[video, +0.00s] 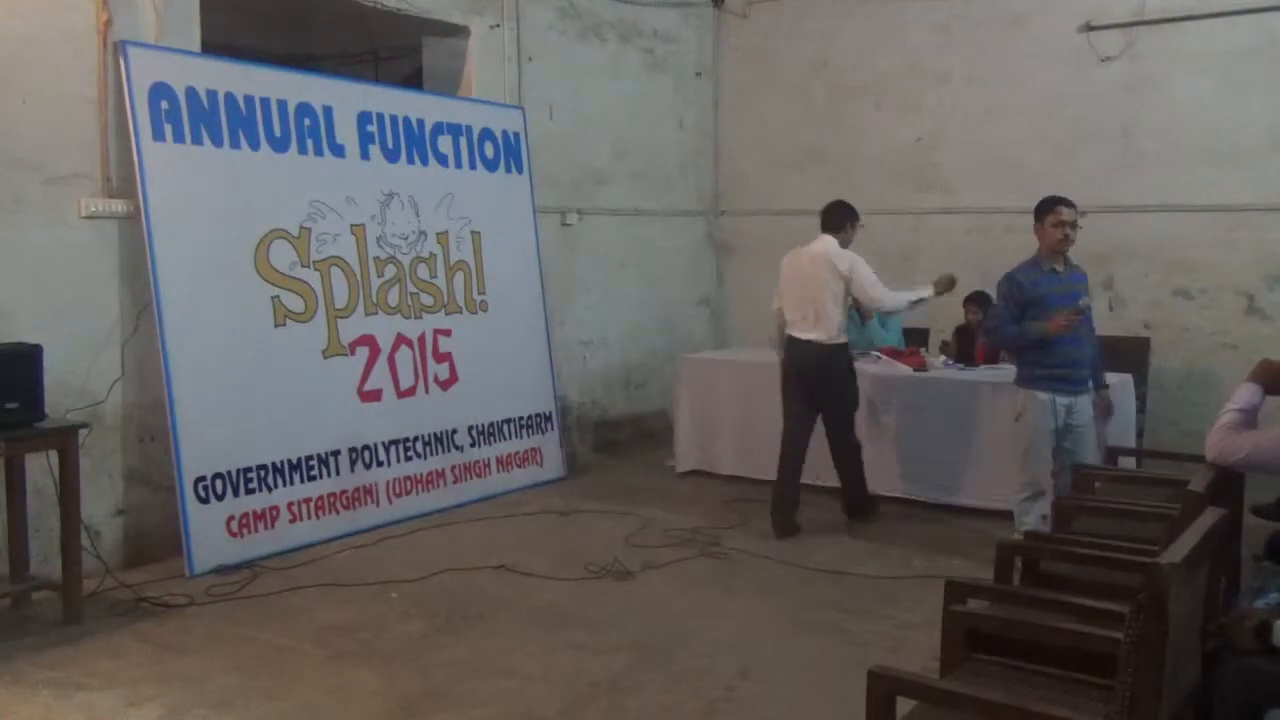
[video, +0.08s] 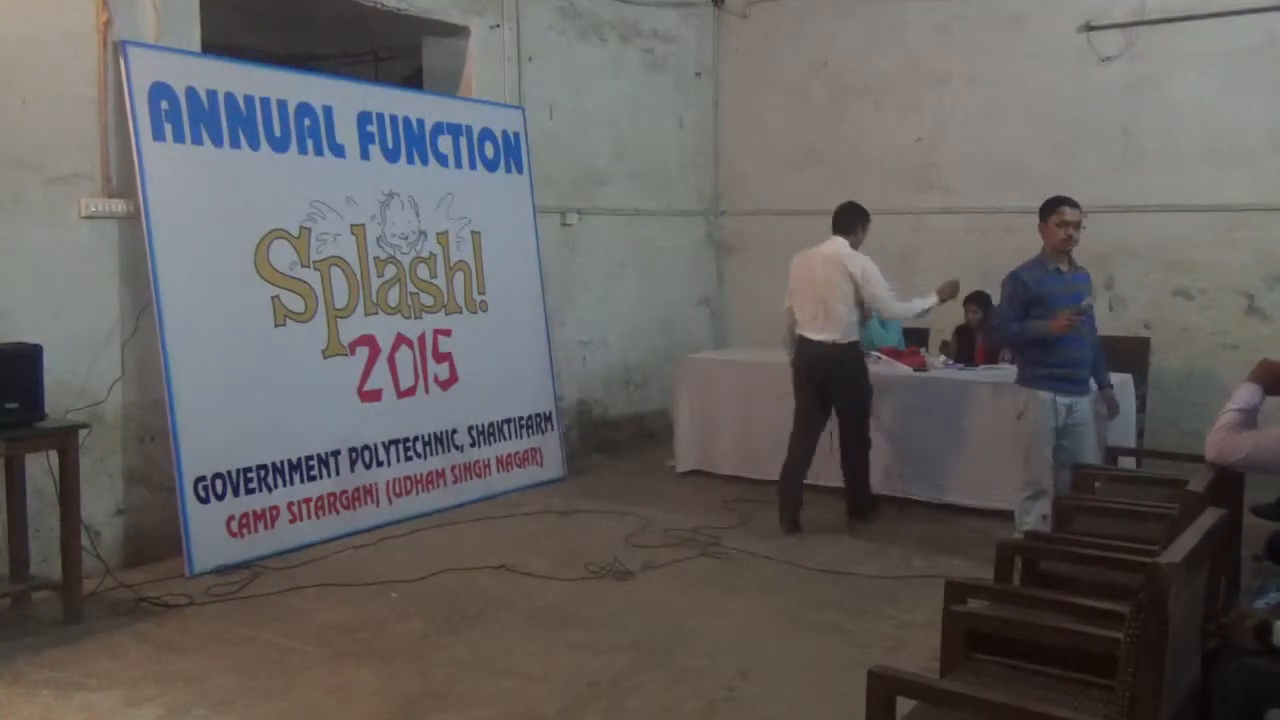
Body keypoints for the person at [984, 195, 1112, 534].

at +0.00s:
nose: (1067, 233)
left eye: (1073, 226)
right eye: (1059, 225)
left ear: (1078, 231)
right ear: (1038, 229)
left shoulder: (1077, 276)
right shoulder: (1016, 281)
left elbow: (1089, 334)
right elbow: (996, 334)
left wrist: (1100, 387)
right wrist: (1045, 328)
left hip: (1079, 394)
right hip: (1038, 394)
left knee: (1084, 476)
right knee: (1036, 480)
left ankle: (1079, 548)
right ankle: (1032, 550)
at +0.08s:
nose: (1070, 233)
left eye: (1076, 227)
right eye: (1062, 225)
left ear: (1081, 231)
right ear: (1042, 228)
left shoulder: (1081, 277)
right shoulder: (1021, 279)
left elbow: (1090, 334)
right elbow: (1001, 331)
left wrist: (1104, 386)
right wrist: (1048, 327)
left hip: (1079, 395)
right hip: (1039, 394)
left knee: (1085, 479)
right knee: (1039, 481)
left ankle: (1081, 552)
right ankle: (1033, 553)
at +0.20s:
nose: (1076, 234)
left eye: (1082, 227)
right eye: (1068, 226)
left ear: (1088, 232)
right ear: (1050, 229)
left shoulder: (1087, 278)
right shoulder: (1026, 278)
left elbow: (1093, 335)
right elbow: (1004, 328)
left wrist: (1106, 387)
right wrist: (1052, 325)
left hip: (1080, 395)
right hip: (1039, 393)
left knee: (1086, 477)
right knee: (1039, 480)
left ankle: (1080, 550)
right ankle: (1034, 551)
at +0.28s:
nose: (1078, 236)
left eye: (1086, 229)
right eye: (1071, 227)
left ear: (1094, 234)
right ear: (1055, 229)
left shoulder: (1093, 280)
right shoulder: (1029, 276)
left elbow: (1098, 339)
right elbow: (1006, 324)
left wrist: (1103, 390)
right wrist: (1051, 324)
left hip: (1080, 395)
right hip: (1039, 392)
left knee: (1086, 477)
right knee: (1038, 479)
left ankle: (1080, 549)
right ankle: (1034, 549)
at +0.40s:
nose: (1078, 237)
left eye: (1087, 230)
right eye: (1072, 229)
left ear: (1097, 235)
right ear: (1060, 230)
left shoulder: (1101, 284)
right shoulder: (1031, 275)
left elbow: (1102, 343)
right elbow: (1005, 321)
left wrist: (1099, 395)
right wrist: (1047, 323)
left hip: (1078, 394)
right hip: (1036, 389)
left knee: (1078, 475)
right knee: (1036, 475)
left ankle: (1072, 546)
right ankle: (1031, 544)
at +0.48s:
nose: (1076, 237)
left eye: (1085, 232)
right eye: (1071, 229)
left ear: (1099, 236)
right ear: (1061, 230)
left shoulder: (1103, 284)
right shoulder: (1031, 274)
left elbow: (1104, 343)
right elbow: (1004, 319)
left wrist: (1098, 394)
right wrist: (1043, 323)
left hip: (1077, 395)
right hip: (1034, 388)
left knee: (1068, 477)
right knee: (1032, 474)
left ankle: (1062, 544)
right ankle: (1024, 542)